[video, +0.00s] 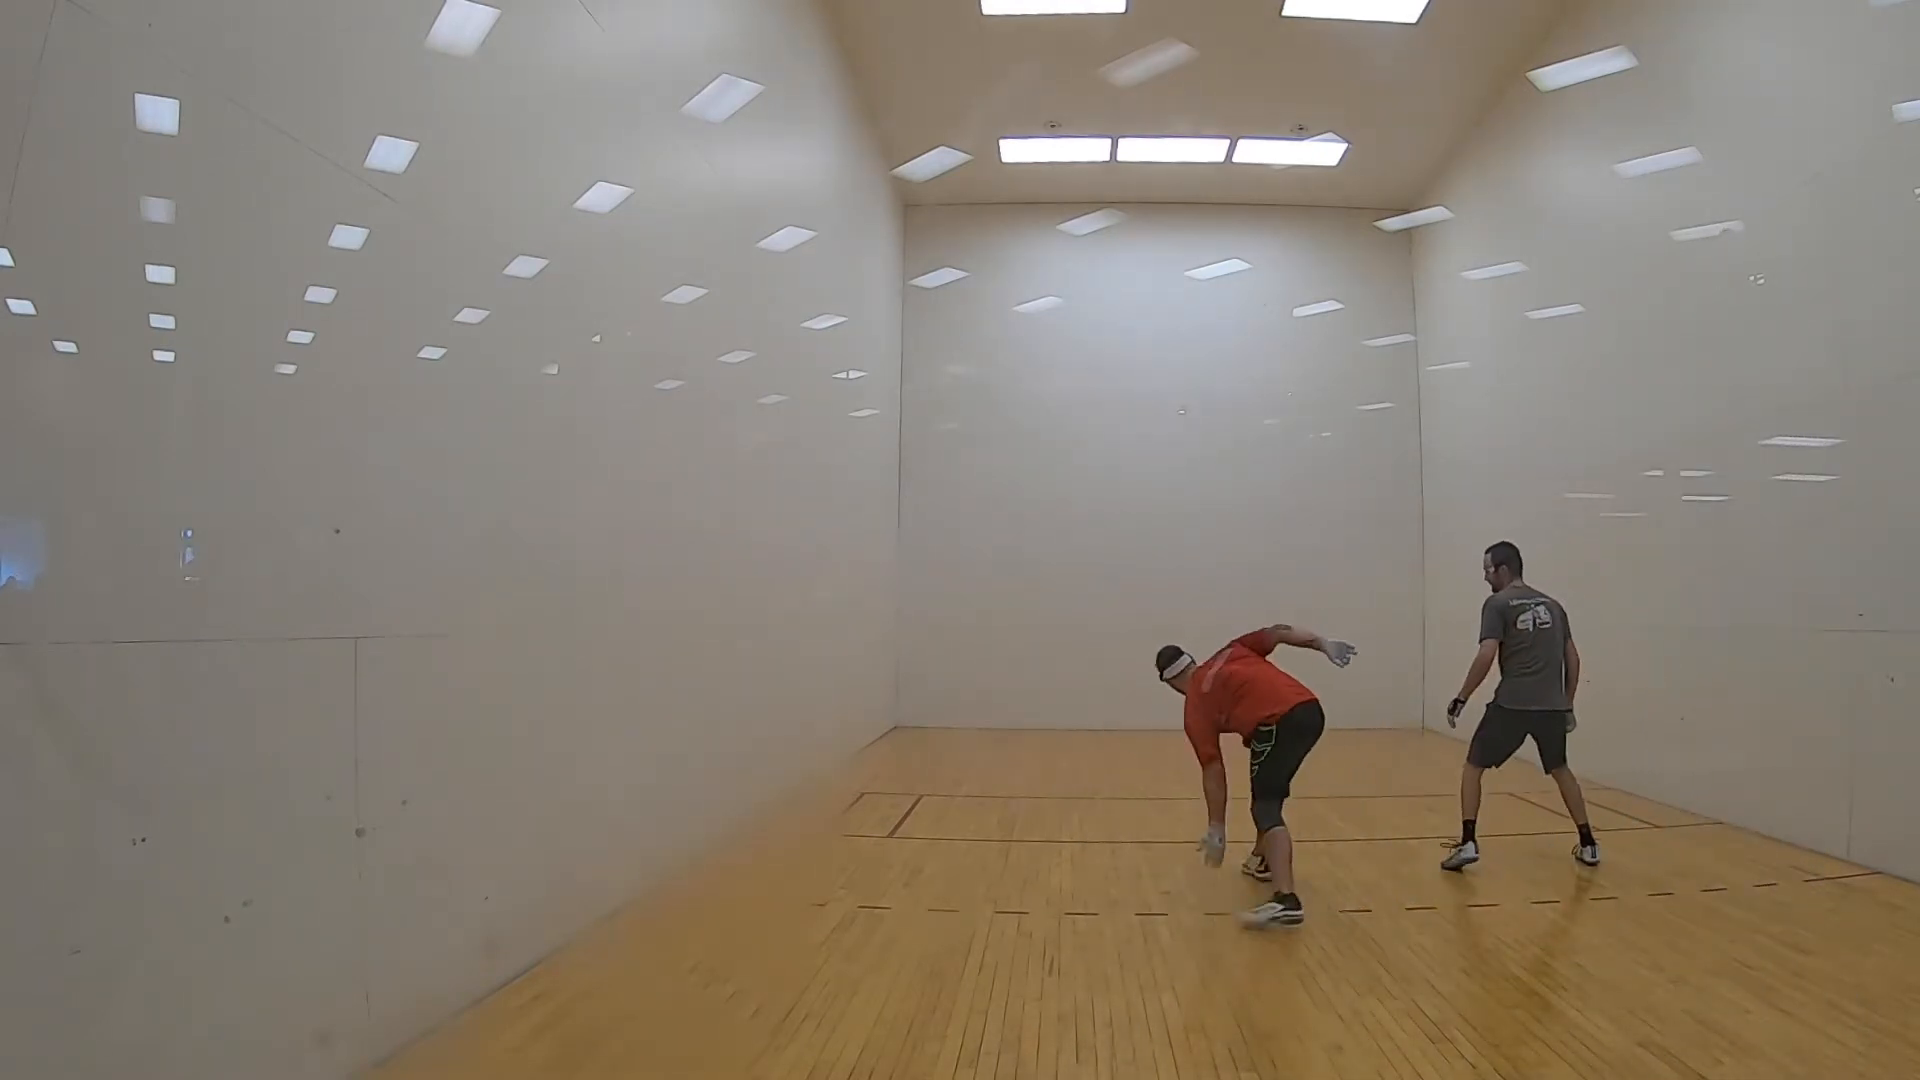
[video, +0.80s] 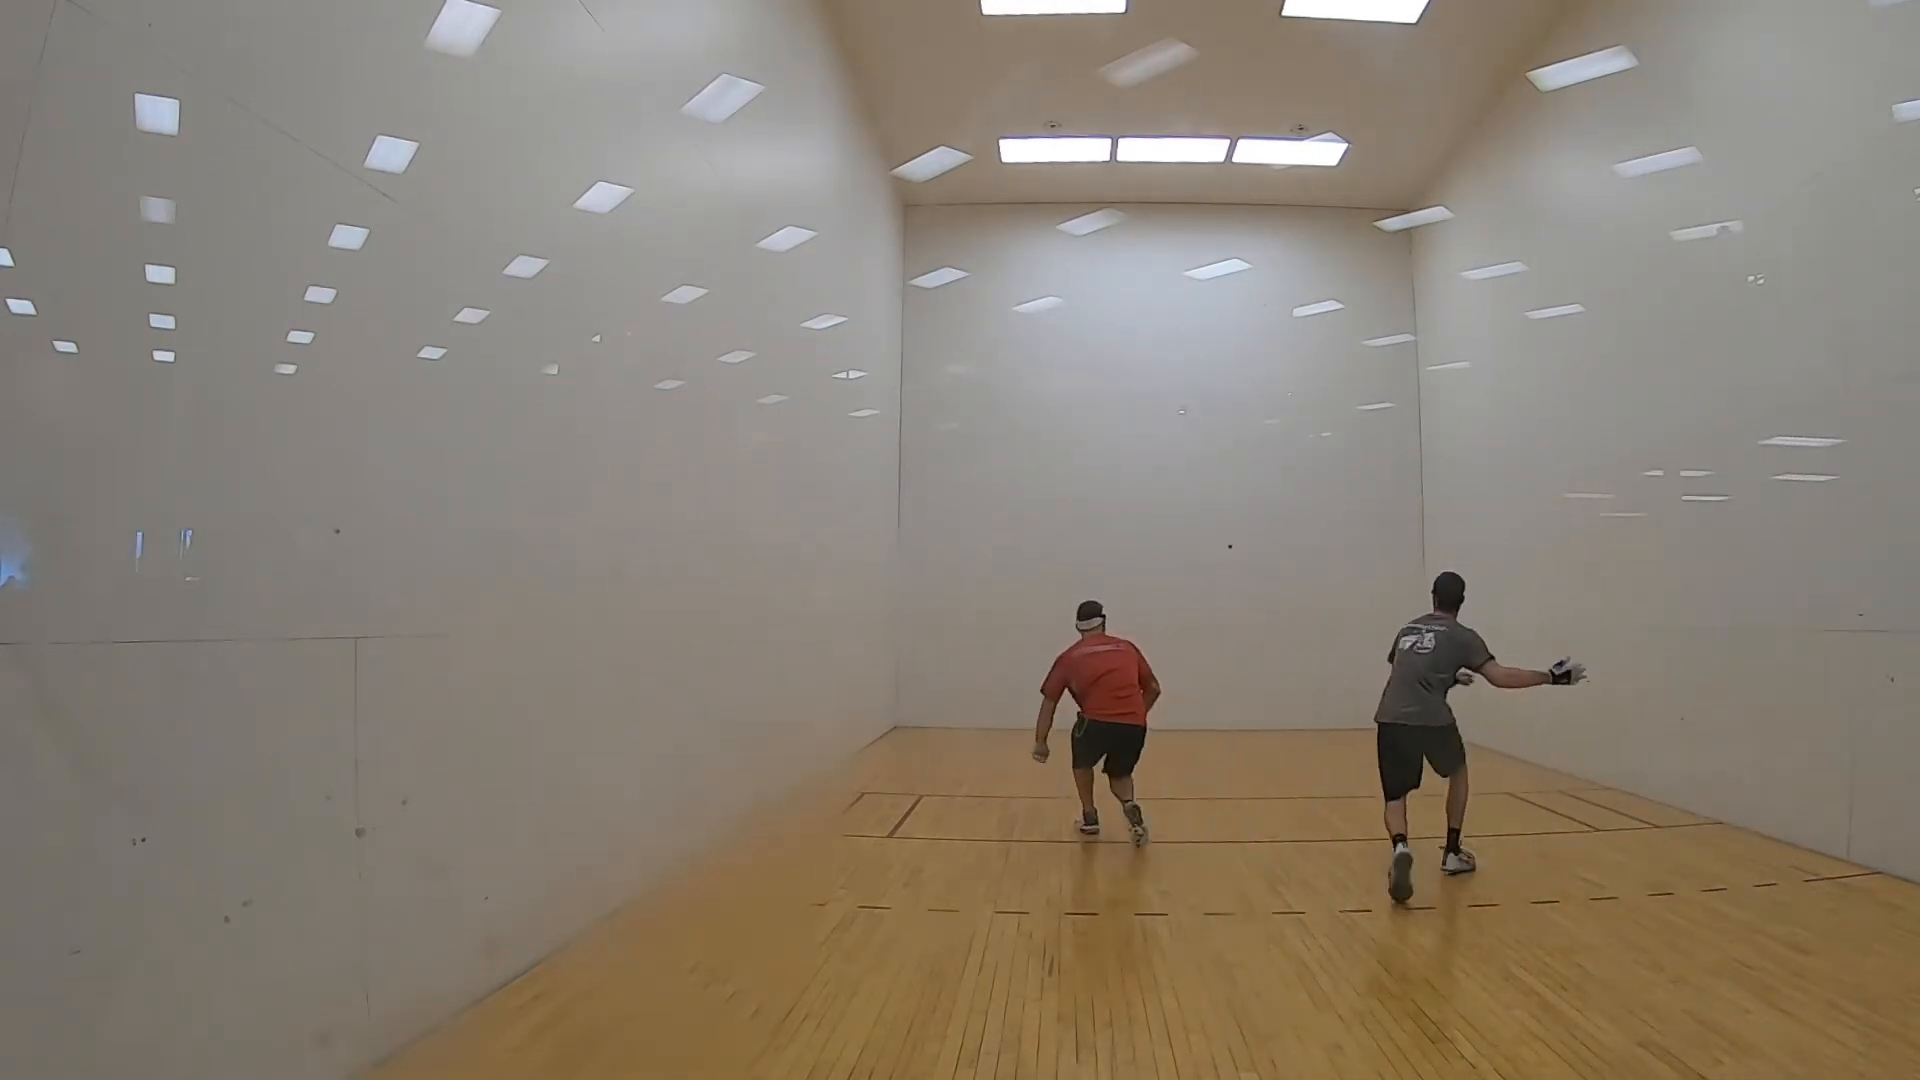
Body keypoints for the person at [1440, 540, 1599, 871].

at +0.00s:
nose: (1485, 576)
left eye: (1487, 569)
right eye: (1484, 570)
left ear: (1502, 569)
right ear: (1514, 570)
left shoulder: (1497, 603)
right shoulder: (1552, 604)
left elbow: (1488, 653)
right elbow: (1572, 657)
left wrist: (1462, 697)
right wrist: (1568, 703)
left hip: (1511, 706)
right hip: (1553, 707)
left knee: (1473, 766)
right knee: (1560, 769)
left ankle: (1468, 844)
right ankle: (1588, 845)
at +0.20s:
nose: (1456, 567)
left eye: (1456, 561)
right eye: (1456, 561)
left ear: (1464, 559)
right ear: (1487, 558)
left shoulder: (1459, 591)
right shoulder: (1517, 594)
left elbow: (1449, 643)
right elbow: (1532, 654)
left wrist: (1438, 691)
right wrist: (1525, 692)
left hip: (1477, 699)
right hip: (1518, 698)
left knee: (1460, 770)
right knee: (1536, 766)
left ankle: (1469, 853)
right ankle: (1562, 843)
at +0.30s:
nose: (1447, 552)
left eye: (1447, 547)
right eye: (1449, 547)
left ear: (1452, 546)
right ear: (1479, 545)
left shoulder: (1449, 576)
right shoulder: (1506, 582)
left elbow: (1443, 626)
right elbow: (1520, 640)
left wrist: (1430, 674)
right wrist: (1509, 675)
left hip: (1466, 681)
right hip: (1506, 681)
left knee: (1450, 758)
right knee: (1506, 759)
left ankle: (1456, 847)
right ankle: (1524, 841)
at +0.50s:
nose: (1439, 569)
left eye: (1438, 564)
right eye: (1449, 562)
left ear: (1438, 564)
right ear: (1468, 564)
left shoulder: (1424, 603)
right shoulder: (1491, 608)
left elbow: (1404, 651)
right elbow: (1507, 664)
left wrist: (1388, 693)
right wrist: (1476, 664)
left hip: (1436, 709)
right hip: (1478, 712)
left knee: (1409, 782)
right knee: (1466, 782)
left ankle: (1411, 846)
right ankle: (1481, 862)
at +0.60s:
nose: (1439, 593)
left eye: (1436, 587)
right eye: (1454, 588)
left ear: (1431, 591)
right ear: (1463, 592)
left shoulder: (1411, 631)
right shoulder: (1478, 635)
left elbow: (1381, 681)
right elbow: (1505, 686)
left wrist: (1379, 709)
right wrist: (1526, 666)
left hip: (1417, 736)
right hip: (1462, 737)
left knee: (1406, 809)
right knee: (1457, 786)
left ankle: (1413, 884)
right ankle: (1471, 859)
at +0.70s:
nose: (1434, 601)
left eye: (1431, 595)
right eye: (1450, 597)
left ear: (1428, 600)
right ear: (1459, 602)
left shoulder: (1402, 636)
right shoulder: (1468, 641)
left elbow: (1383, 690)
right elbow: (1503, 685)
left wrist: (1414, 692)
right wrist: (1546, 674)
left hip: (1404, 741)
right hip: (1448, 741)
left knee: (1405, 814)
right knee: (1455, 773)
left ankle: (1415, 885)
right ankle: (1462, 845)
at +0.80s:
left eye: (1438, 594)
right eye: (1458, 598)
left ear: (1433, 598)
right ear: (1462, 602)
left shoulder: (1410, 628)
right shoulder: (1464, 637)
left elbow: (1397, 664)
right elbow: (1500, 677)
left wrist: (1447, 675)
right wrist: (1551, 677)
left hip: (1391, 721)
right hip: (1435, 720)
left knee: (1394, 795)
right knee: (1457, 772)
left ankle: (1399, 849)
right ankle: (1452, 853)